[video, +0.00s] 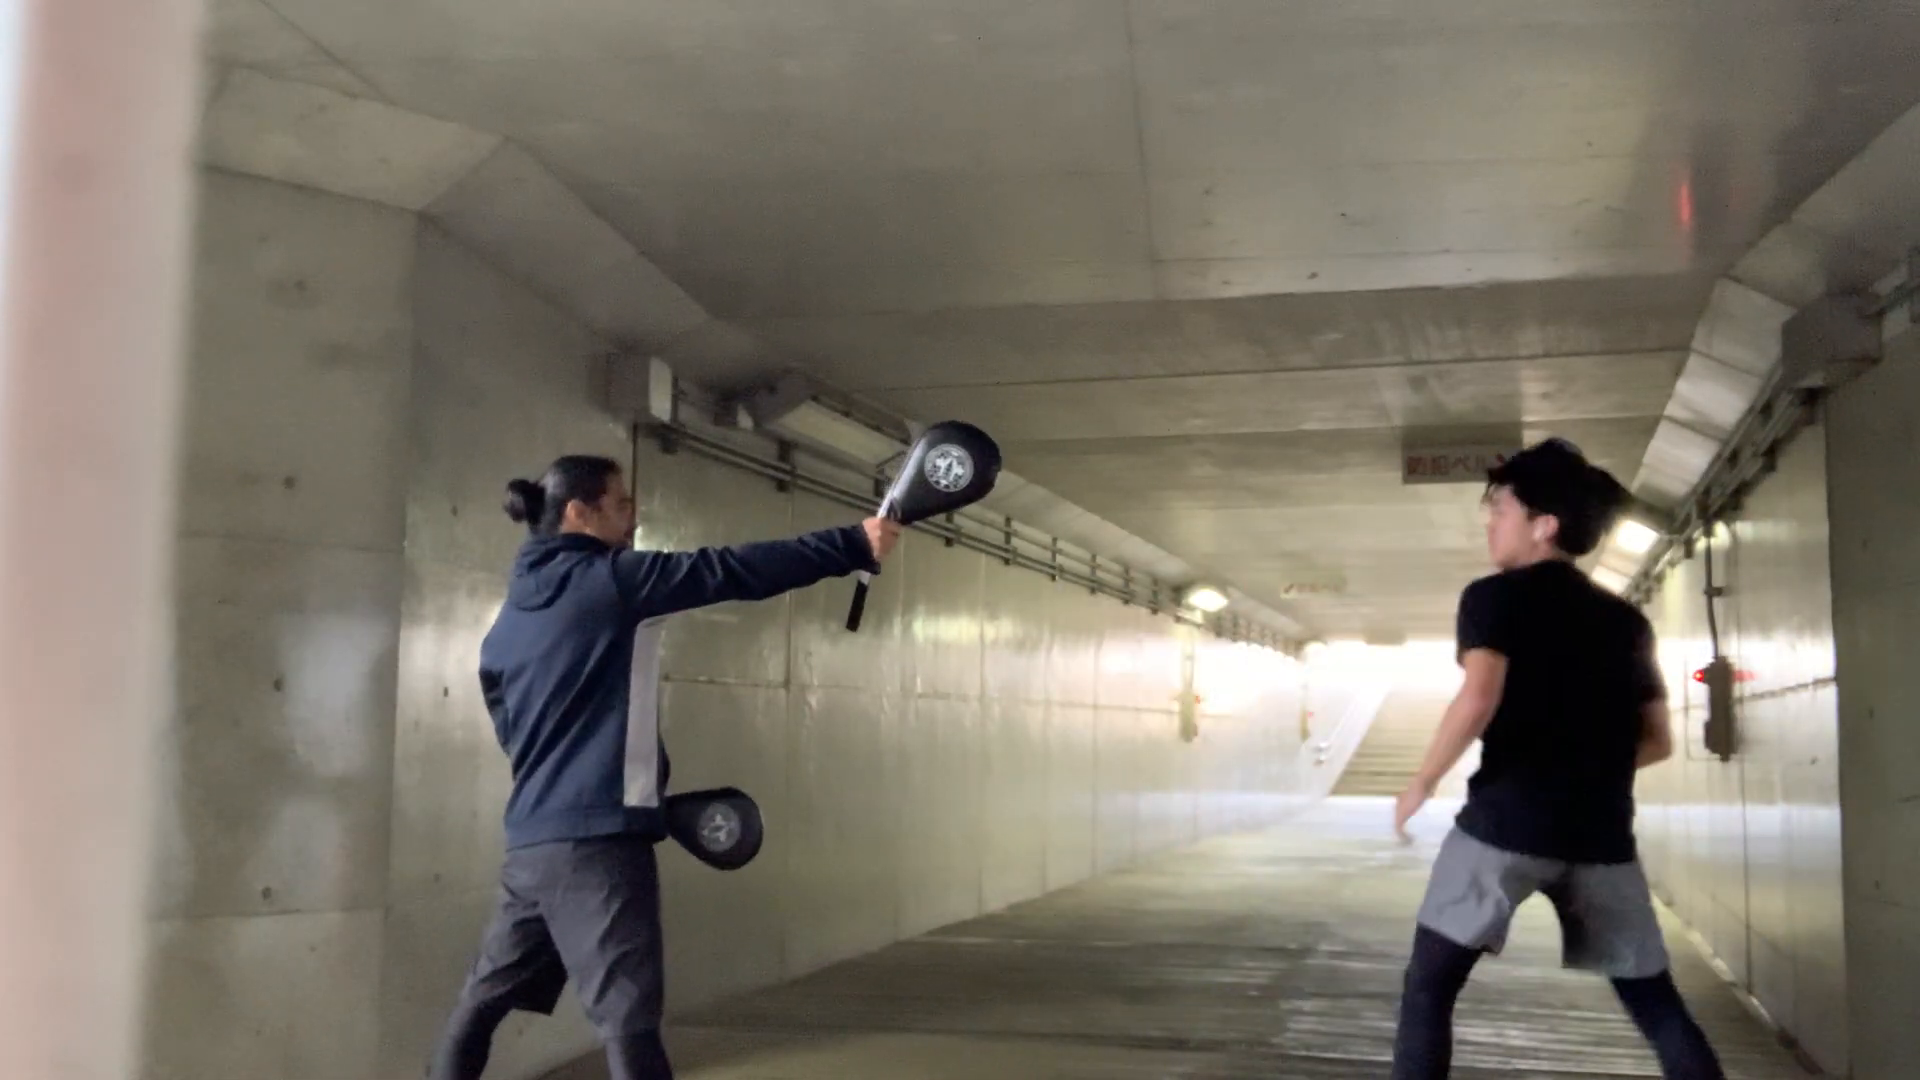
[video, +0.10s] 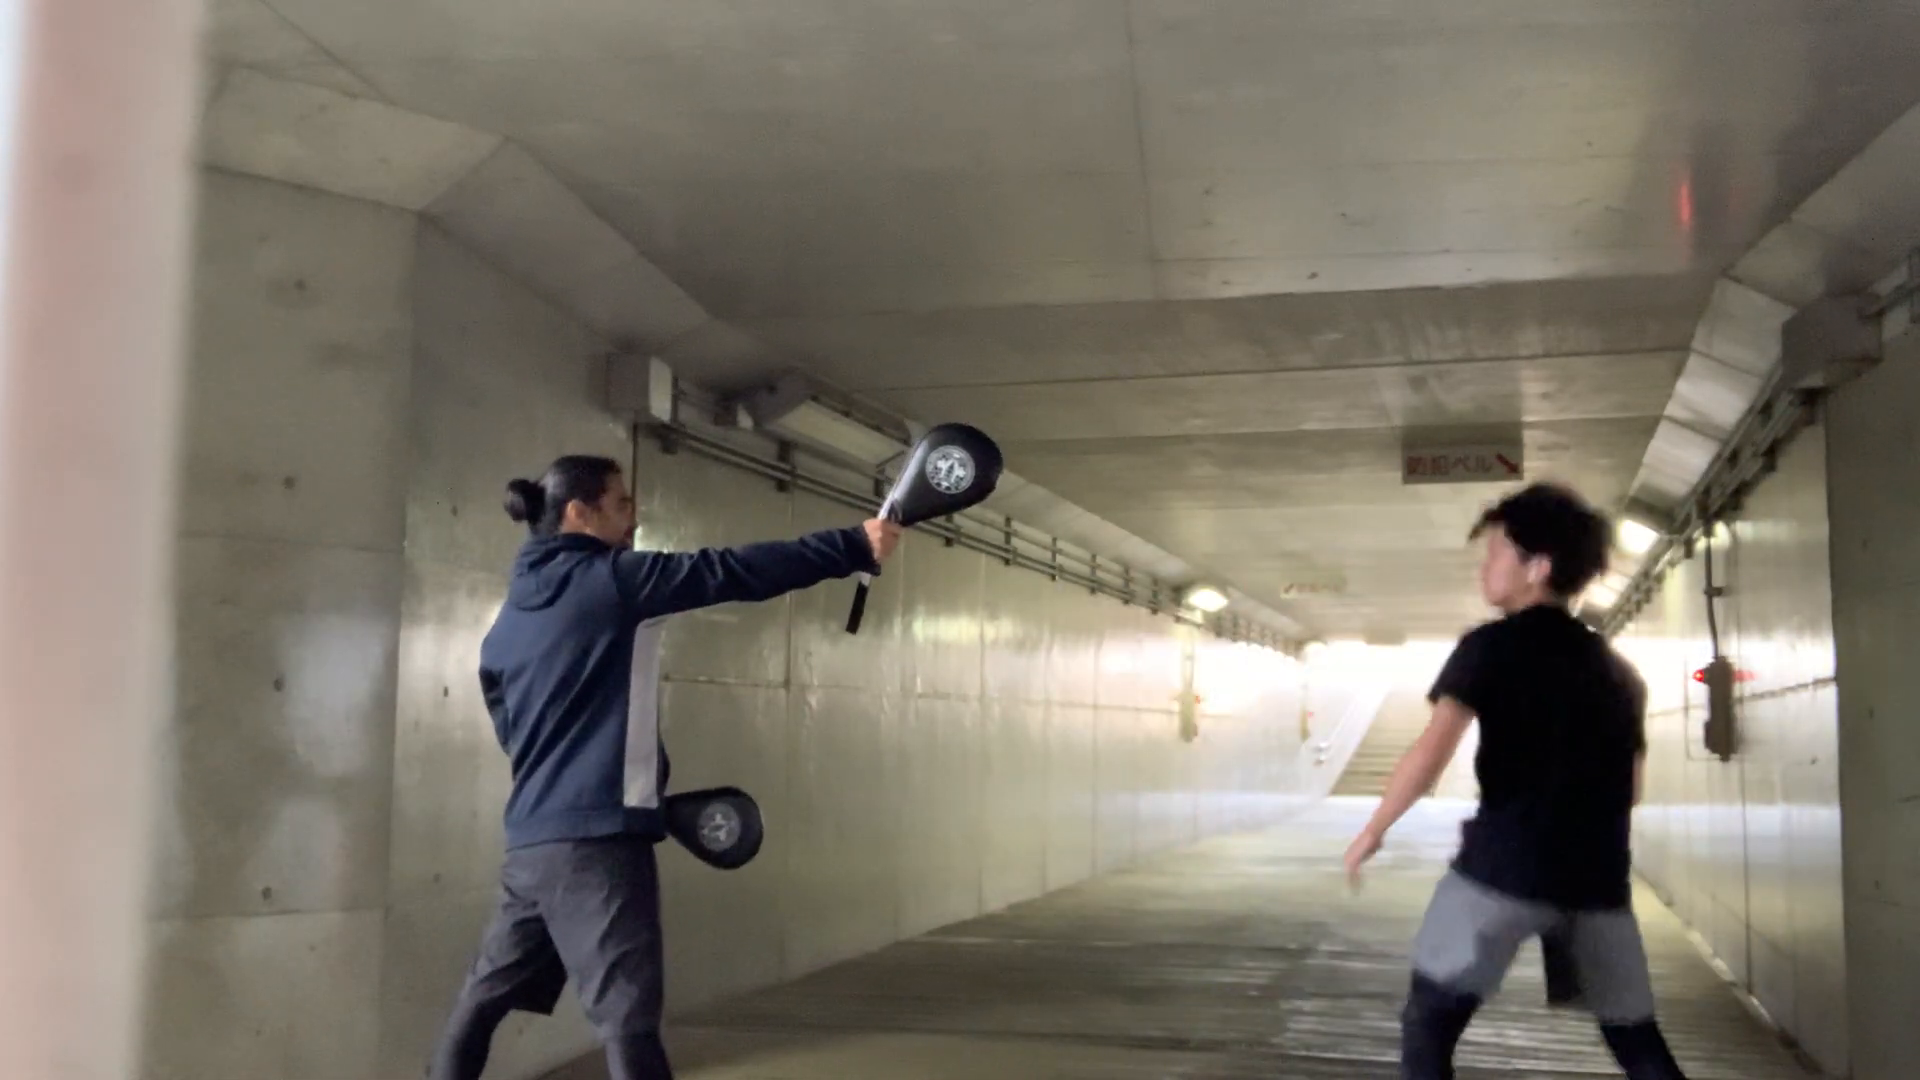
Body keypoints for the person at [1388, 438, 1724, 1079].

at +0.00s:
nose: (1488, 522)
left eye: (1500, 508)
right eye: (1491, 507)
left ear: (1545, 526)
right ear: (1555, 529)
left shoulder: (1495, 597)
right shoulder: (1625, 619)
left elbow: (1480, 695)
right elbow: (1656, 740)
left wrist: (1423, 781)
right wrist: (1585, 763)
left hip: (1507, 828)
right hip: (1601, 834)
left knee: (1428, 993)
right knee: (1658, 1007)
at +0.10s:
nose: (1484, 564)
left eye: (1496, 549)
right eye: (1488, 549)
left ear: (1537, 568)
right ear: (1546, 571)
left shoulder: (1490, 647)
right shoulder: (1619, 673)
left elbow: (1431, 754)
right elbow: (1631, 790)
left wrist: (1375, 830)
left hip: (1505, 866)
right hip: (1598, 874)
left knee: (1427, 1034)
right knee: (1641, 1045)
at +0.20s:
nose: (1479, 564)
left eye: (1490, 551)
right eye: (1483, 550)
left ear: (1533, 563)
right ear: (1545, 568)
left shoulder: (1492, 641)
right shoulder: (1607, 660)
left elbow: (1449, 743)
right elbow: (1621, 765)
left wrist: (1382, 822)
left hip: (1511, 875)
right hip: (1603, 879)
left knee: (1433, 1031)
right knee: (1648, 1043)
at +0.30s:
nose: (1489, 520)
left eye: (1501, 506)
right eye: (1492, 506)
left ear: (1546, 520)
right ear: (1556, 524)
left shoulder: (1500, 592)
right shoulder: (1623, 611)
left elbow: (1494, 687)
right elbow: (1656, 730)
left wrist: (1440, 770)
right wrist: (1583, 753)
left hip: (1520, 832)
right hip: (1615, 834)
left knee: (1462, 1004)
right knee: (1670, 1007)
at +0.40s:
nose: (1507, 522)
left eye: (1520, 507)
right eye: (1508, 508)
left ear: (1567, 522)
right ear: (1572, 526)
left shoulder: (1517, 590)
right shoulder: (1636, 607)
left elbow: (1516, 686)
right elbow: (1687, 716)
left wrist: (1465, 769)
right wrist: (1626, 748)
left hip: (1534, 833)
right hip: (1628, 834)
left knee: (1486, 1002)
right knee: (1687, 1004)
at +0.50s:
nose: (1533, 555)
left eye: (1546, 544)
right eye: (1538, 541)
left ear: (1590, 565)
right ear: (1596, 569)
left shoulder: (1537, 634)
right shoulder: (1649, 654)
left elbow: (1520, 731)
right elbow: (1702, 760)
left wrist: (1472, 824)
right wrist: (1645, 802)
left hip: (1554, 872)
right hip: (1648, 873)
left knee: (1492, 1043)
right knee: (1704, 1040)